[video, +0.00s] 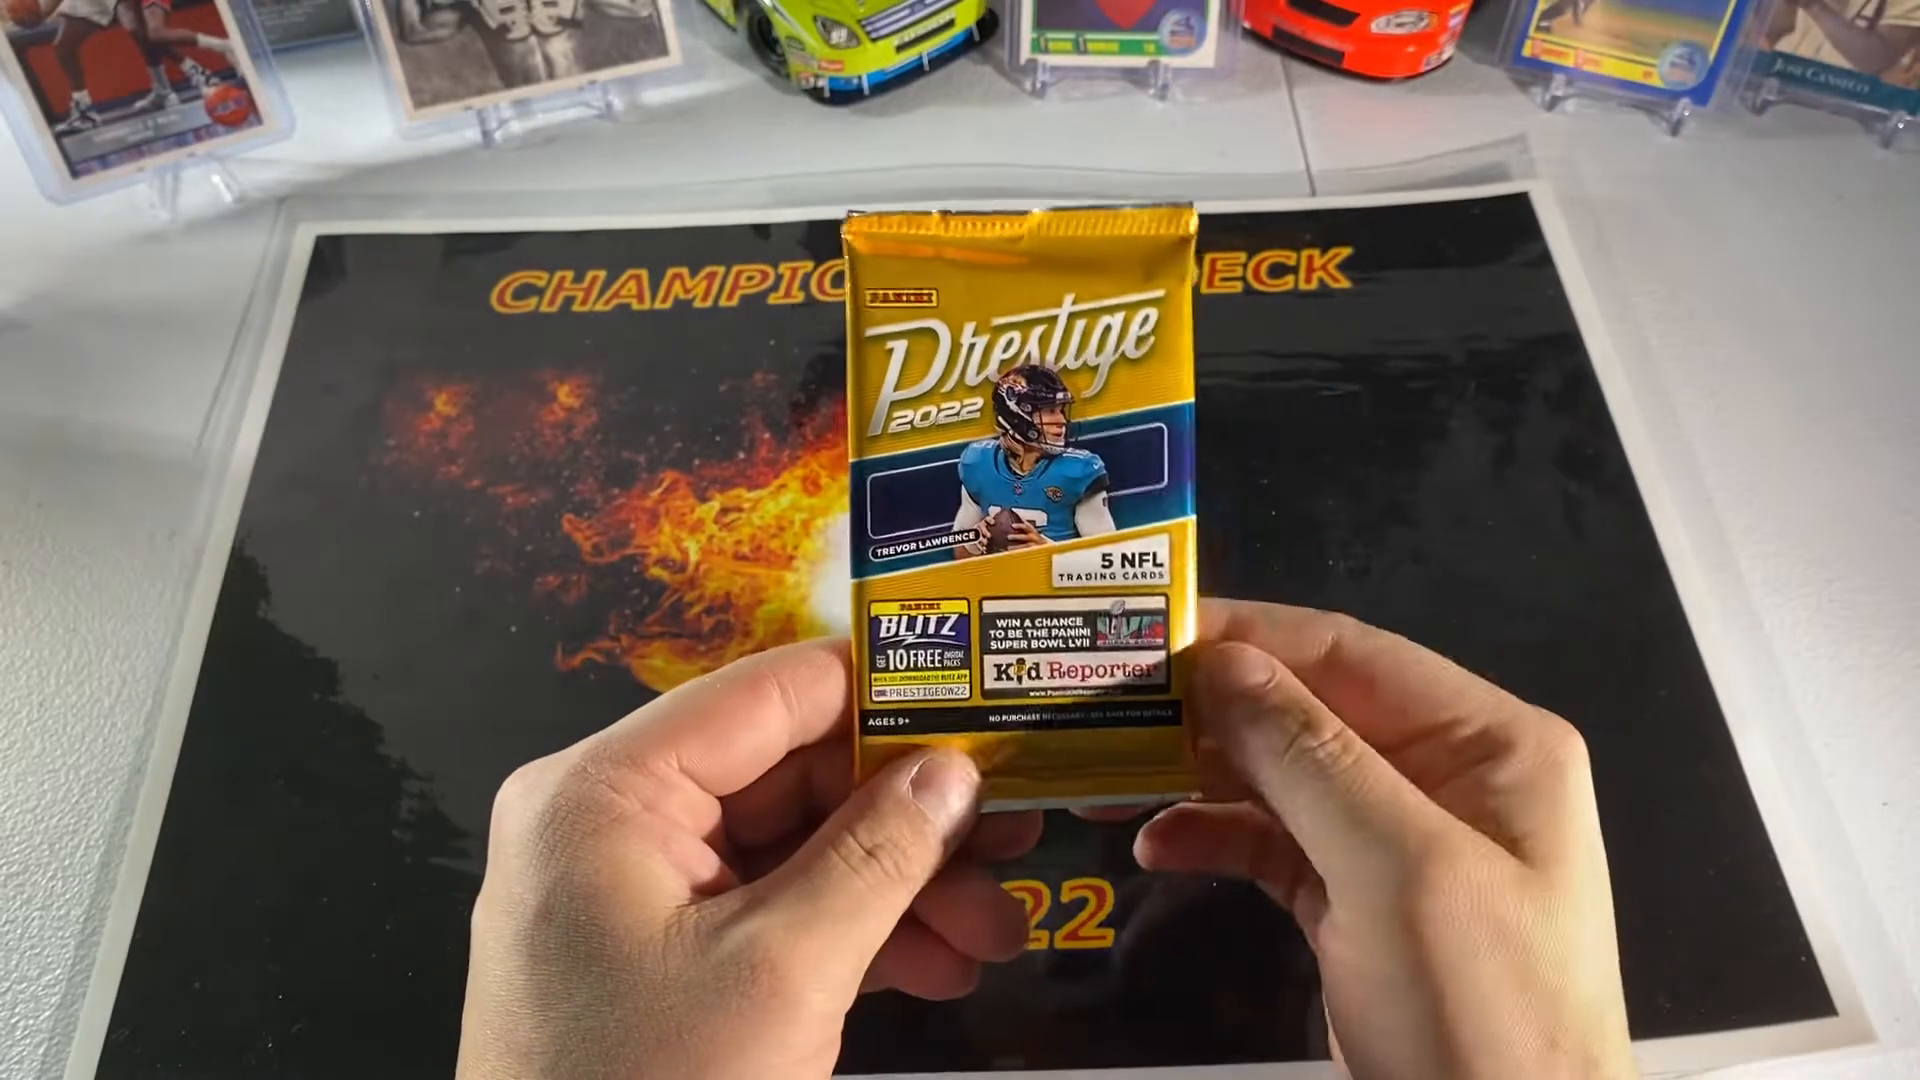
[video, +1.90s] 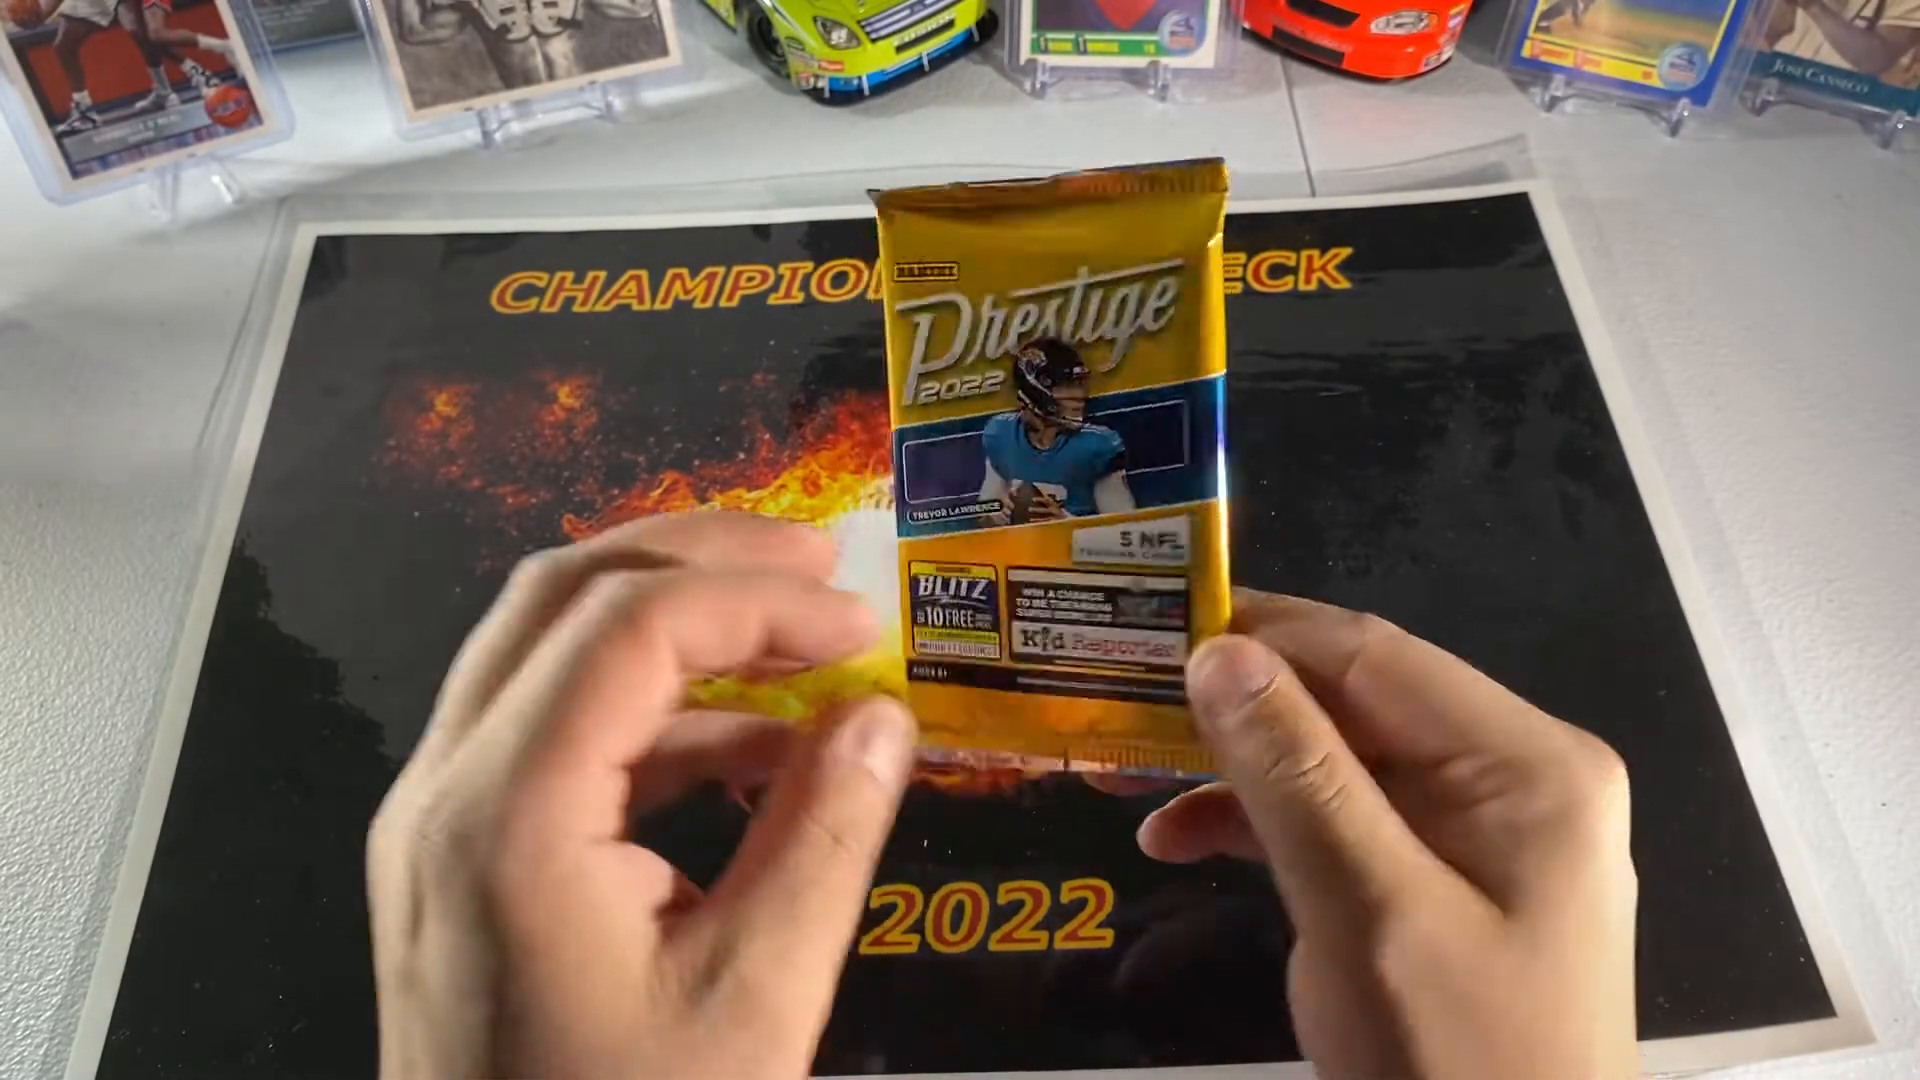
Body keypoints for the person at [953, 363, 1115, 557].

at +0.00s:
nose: (1060, 420)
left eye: (1061, 410)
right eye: (1048, 411)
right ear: (1016, 416)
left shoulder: (1080, 470)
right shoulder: (976, 462)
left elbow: (1107, 554)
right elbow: (960, 551)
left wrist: (1050, 547)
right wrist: (978, 541)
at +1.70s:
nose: (1073, 413)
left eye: (1072, 403)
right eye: (1060, 405)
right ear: (1027, 412)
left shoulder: (1094, 463)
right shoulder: (987, 458)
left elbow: (1124, 546)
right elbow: (974, 549)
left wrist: (1065, 542)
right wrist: (992, 537)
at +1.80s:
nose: (1087, 402)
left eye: (1087, 390)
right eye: (1074, 392)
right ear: (1039, 398)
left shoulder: (1109, 451)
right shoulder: (1001, 445)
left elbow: (1134, 533)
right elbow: (987, 526)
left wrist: (1076, 528)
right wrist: (1005, 522)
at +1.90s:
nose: (1080, 396)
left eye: (1081, 384)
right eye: (1066, 386)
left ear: (1087, 384)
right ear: (1031, 395)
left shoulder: (1100, 446)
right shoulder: (999, 434)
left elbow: (1125, 528)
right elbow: (985, 512)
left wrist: (1069, 522)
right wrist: (1003, 514)